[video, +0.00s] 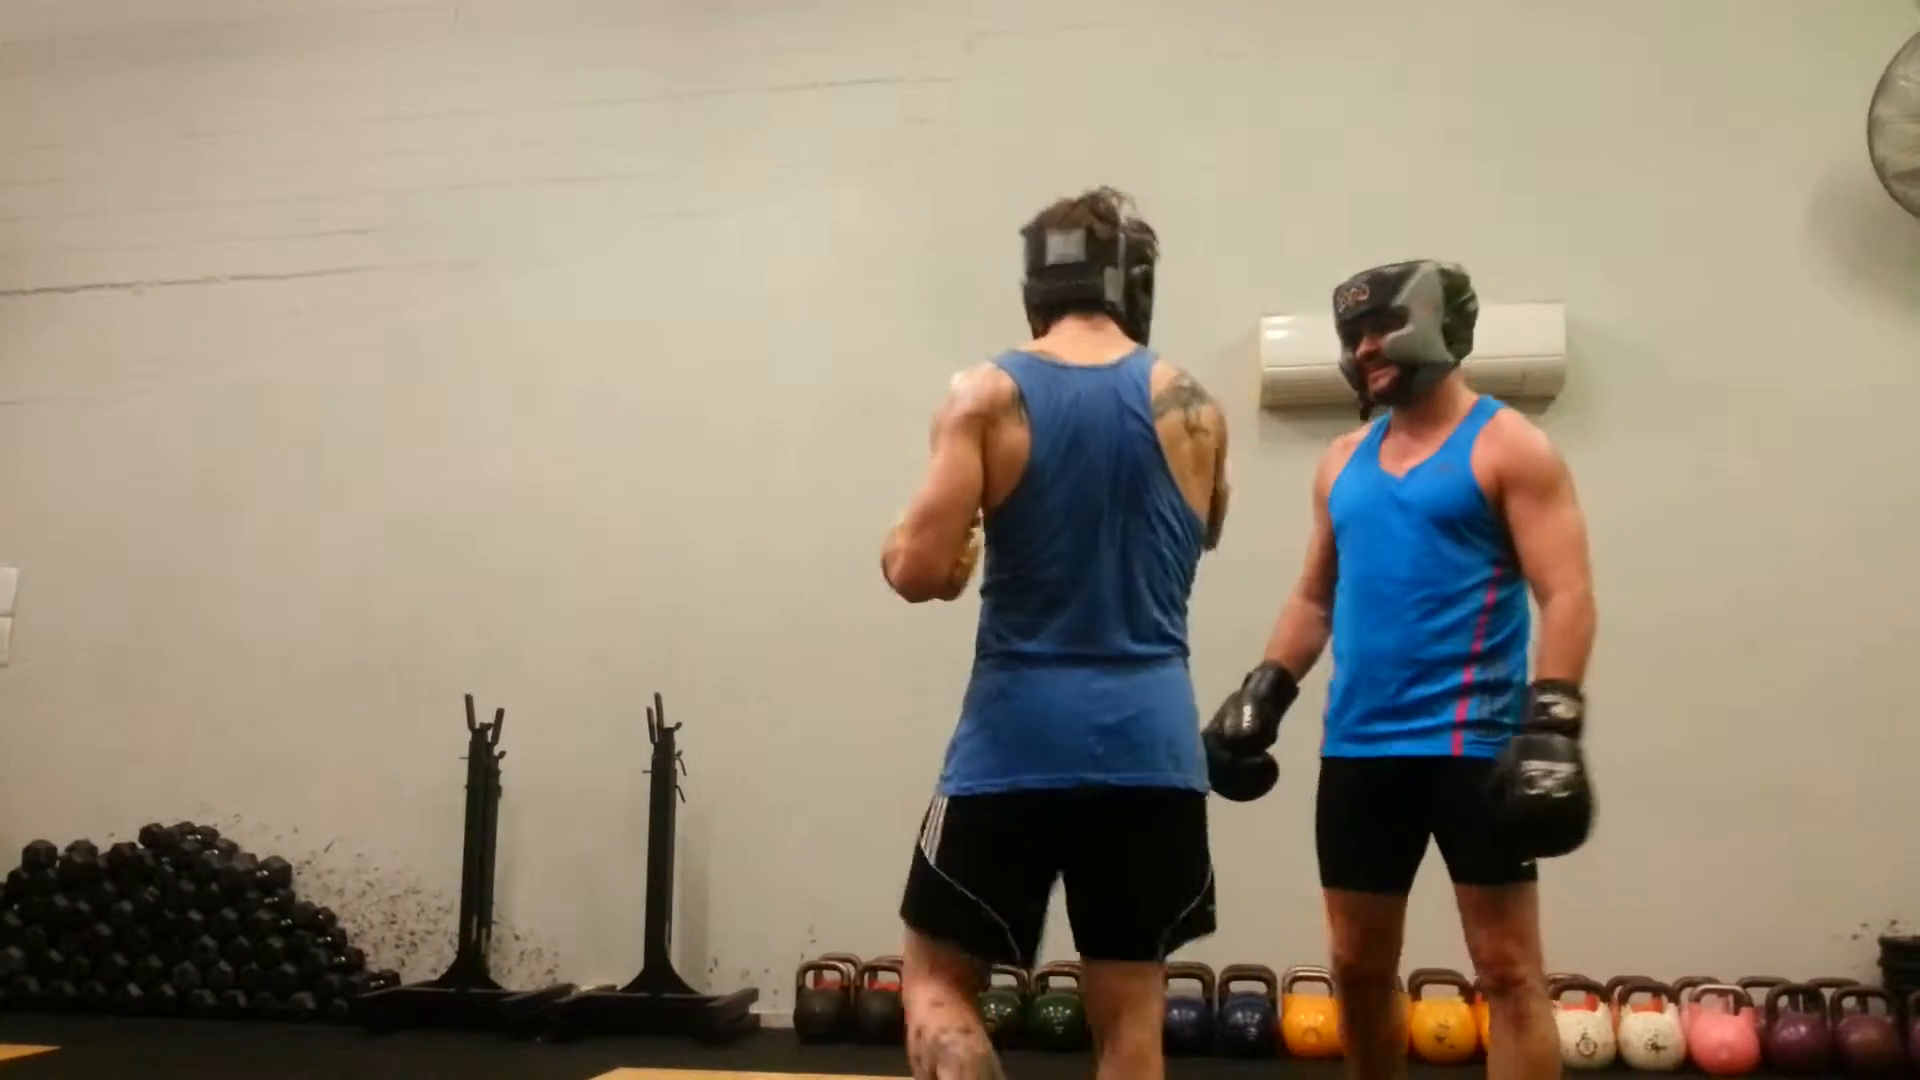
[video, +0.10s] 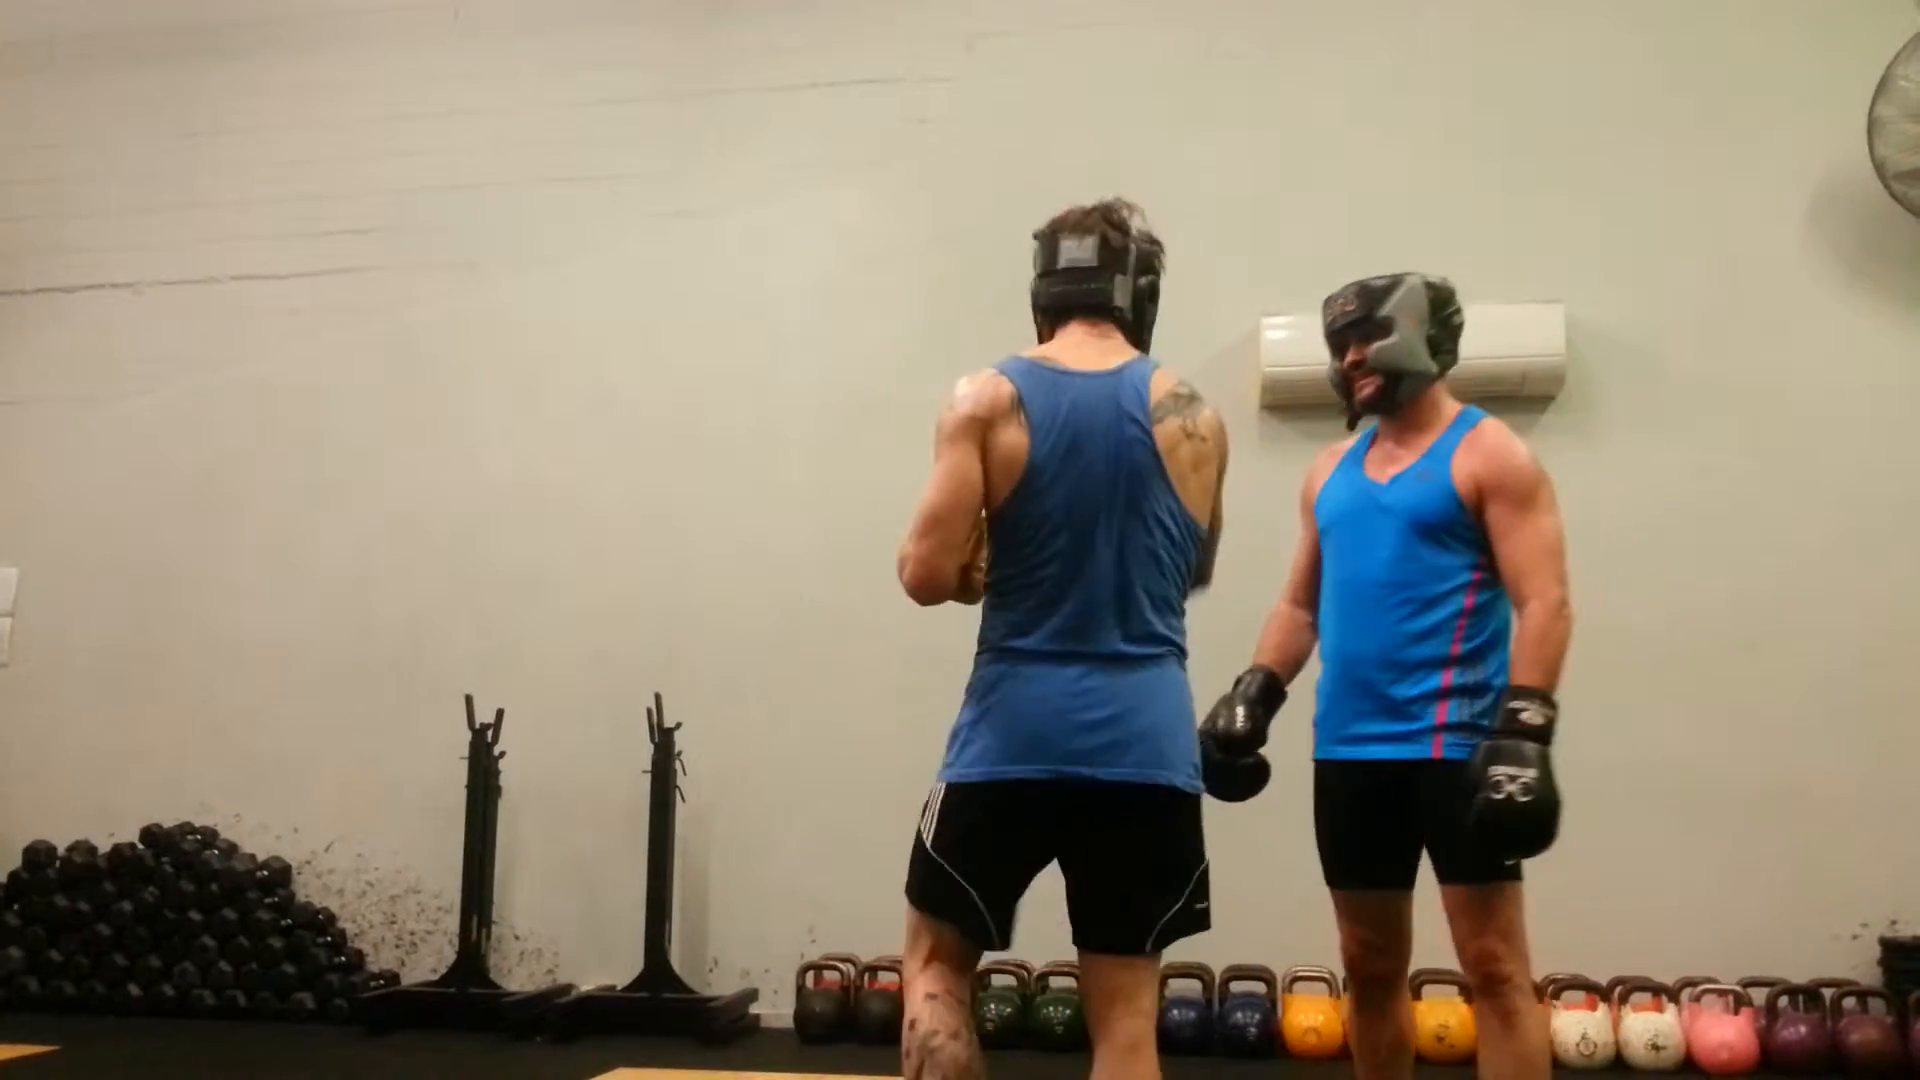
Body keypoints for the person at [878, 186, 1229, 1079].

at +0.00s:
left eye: (1031, 275)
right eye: (1141, 275)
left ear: (1032, 287)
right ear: (1138, 284)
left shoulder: (987, 395)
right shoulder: (1196, 408)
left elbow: (920, 573)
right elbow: (1199, 532)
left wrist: (930, 548)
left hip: (1013, 753)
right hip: (1151, 755)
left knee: (939, 986)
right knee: (1132, 1019)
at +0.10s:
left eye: (1041, 284)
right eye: (1148, 284)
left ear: (1041, 293)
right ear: (1143, 294)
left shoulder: (988, 398)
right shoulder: (1195, 417)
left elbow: (929, 575)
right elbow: (1192, 567)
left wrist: (1027, 562)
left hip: (1011, 750)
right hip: (1145, 755)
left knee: (938, 969)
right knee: (1126, 1011)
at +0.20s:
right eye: (1151, 304)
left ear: (1042, 305)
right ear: (1145, 310)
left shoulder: (983, 408)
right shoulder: (1194, 436)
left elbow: (925, 580)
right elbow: (1192, 615)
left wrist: (989, 565)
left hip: (1007, 755)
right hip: (1138, 760)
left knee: (939, 995)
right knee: (1122, 1014)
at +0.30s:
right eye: (1148, 329)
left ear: (1042, 327)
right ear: (1138, 331)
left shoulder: (975, 420)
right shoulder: (1185, 452)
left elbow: (912, 587)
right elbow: (1186, 636)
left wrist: (982, 576)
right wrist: (1094, 614)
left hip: (1000, 763)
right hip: (1129, 767)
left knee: (940, 1010)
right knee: (1116, 1015)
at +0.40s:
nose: (1138, 358)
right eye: (1137, 348)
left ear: (1033, 342)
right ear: (1126, 347)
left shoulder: (961, 431)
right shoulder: (1167, 456)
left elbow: (893, 590)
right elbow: (1178, 638)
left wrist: (969, 607)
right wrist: (1089, 647)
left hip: (985, 766)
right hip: (1112, 769)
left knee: (940, 1011)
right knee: (1106, 1011)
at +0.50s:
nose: (1116, 372)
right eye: (1116, 361)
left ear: (1015, 356)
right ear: (1105, 359)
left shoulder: (936, 446)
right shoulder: (1140, 464)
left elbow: (885, 598)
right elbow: (1161, 640)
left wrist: (971, 643)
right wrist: (1080, 666)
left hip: (968, 768)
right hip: (1089, 770)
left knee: (941, 1009)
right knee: (1093, 1005)